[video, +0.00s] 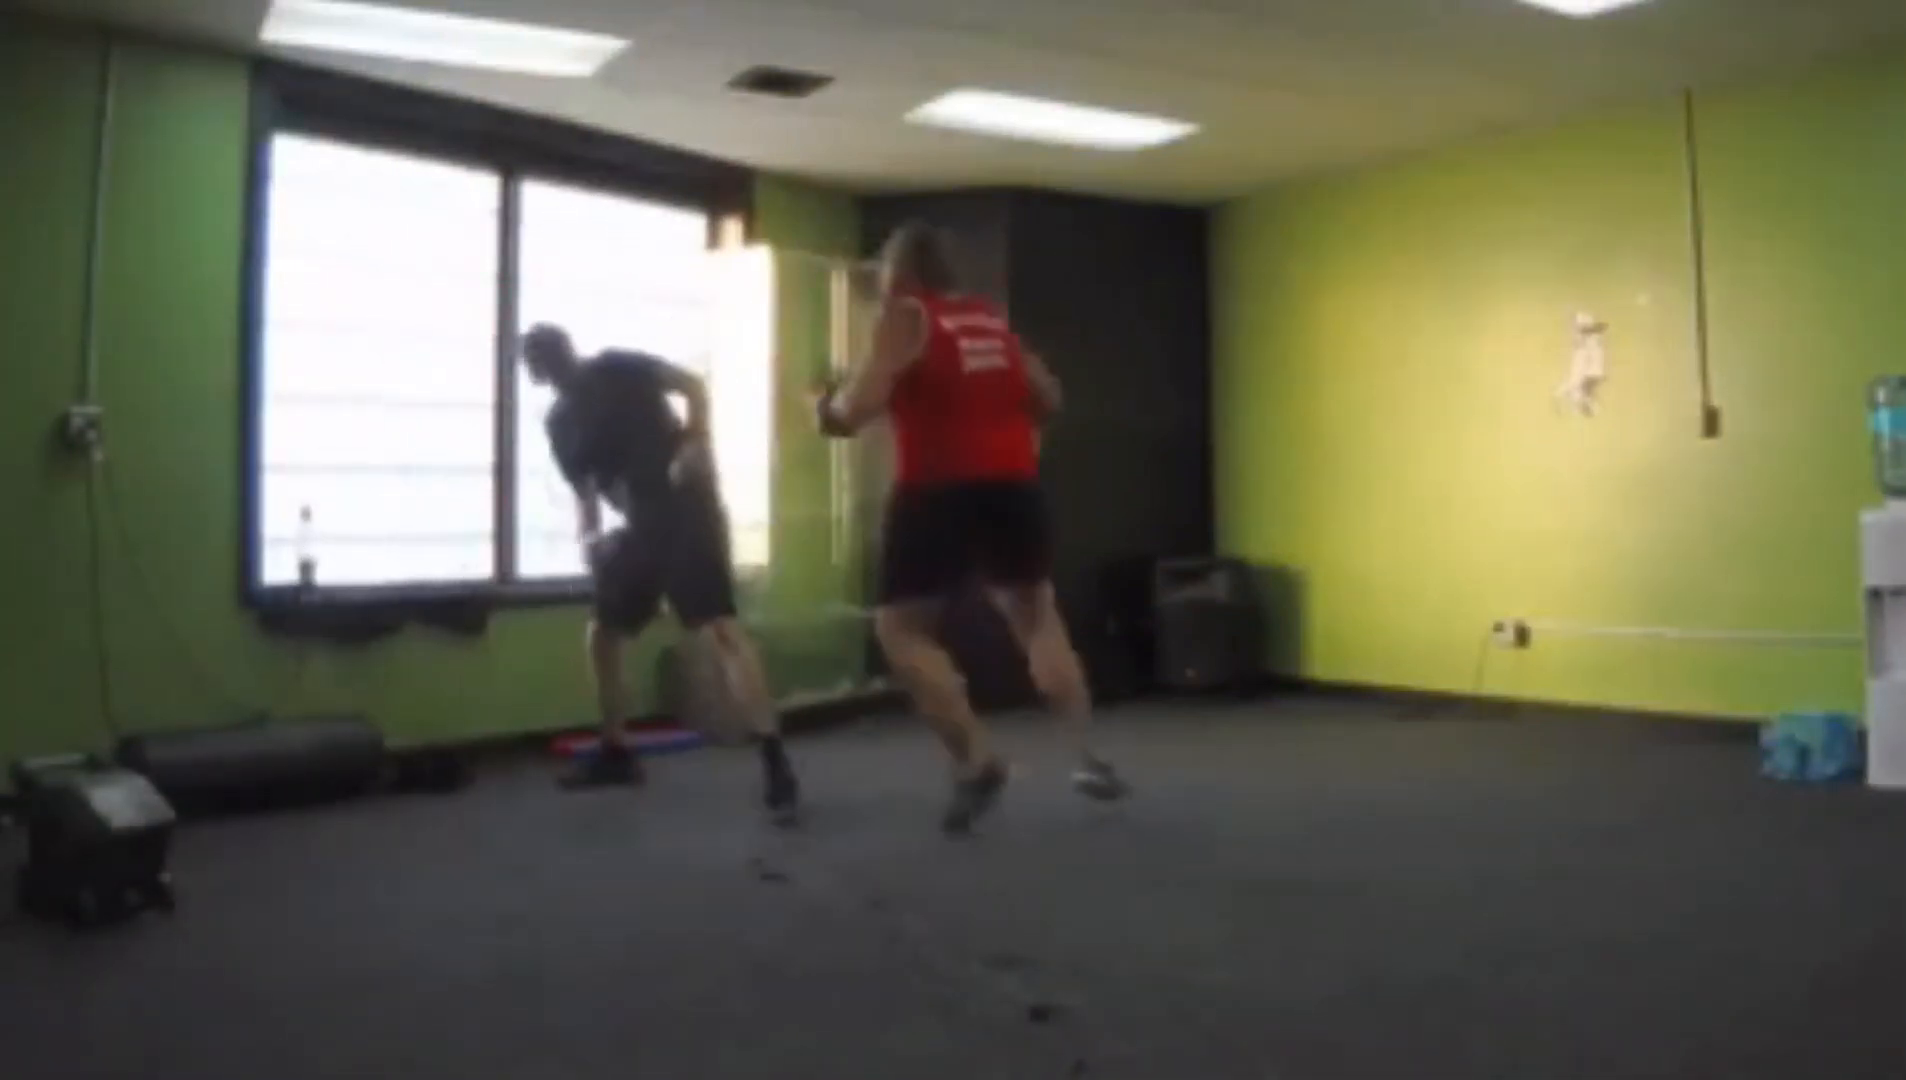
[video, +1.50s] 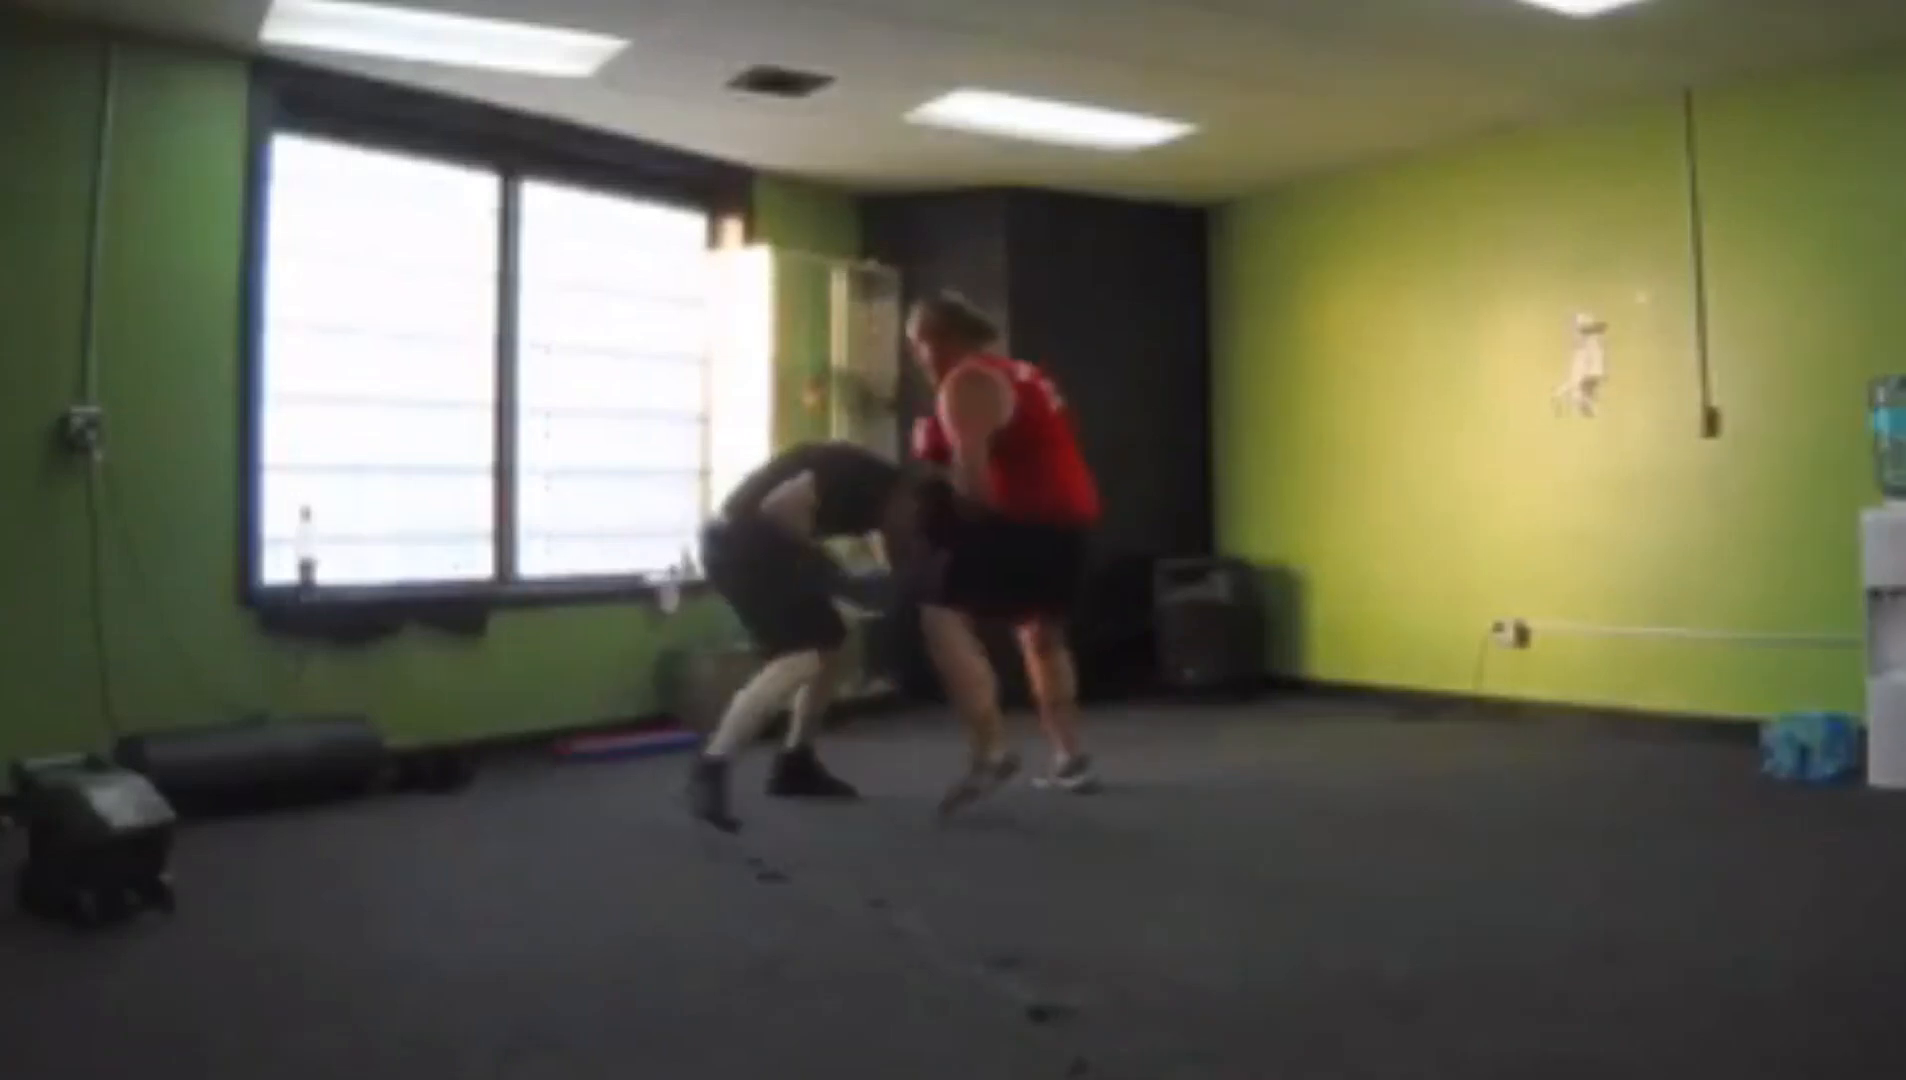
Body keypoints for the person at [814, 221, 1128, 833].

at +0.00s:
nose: (881, 283)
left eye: (884, 273)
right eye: (881, 273)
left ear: (900, 273)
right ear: (945, 270)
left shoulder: (905, 315)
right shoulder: (990, 316)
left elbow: (870, 397)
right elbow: (1047, 394)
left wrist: (835, 413)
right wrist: (1015, 428)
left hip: (936, 493)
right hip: (1012, 488)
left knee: (901, 627)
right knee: (1038, 617)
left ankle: (976, 761)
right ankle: (1087, 753)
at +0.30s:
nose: (974, 357)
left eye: (980, 346)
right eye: (976, 346)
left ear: (999, 351)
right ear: (1039, 349)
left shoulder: (992, 404)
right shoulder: (1080, 394)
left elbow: (991, 485)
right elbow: (1161, 432)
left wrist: (940, 509)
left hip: (1016, 572)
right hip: (1096, 568)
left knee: (930, 635)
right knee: (1144, 660)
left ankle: (987, 758)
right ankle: (1197, 786)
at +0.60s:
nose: (905, 338)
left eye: (909, 331)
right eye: (910, 332)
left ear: (919, 339)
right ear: (969, 340)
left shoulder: (896, 374)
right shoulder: (998, 381)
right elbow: (1062, 438)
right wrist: (1033, 467)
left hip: (931, 554)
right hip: (1014, 552)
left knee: (874, 647)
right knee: (1065, 636)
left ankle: (863, 773)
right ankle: (1123, 750)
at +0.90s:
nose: (857, 335)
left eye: (862, 325)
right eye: (859, 324)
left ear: (878, 328)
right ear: (914, 326)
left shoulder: (880, 384)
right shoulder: (951, 373)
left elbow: (860, 475)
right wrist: (854, 388)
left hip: (902, 544)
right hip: (970, 541)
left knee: (847, 647)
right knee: (988, 653)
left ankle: (842, 778)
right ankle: (1043, 768)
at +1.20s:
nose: (856, 376)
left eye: (863, 364)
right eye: (854, 364)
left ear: (893, 359)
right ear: (877, 362)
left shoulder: (931, 411)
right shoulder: (872, 414)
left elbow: (934, 507)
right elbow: (864, 486)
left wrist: (869, 534)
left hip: (953, 545)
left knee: (876, 648)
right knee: (968, 656)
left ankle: (847, 782)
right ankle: (1068, 741)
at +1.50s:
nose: (918, 358)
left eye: (919, 346)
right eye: (915, 347)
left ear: (941, 340)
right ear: (974, 334)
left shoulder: (967, 385)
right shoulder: (1021, 373)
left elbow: (972, 486)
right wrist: (948, 450)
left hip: (1024, 530)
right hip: (1066, 528)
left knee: (942, 612)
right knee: (1042, 637)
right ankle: (1070, 758)